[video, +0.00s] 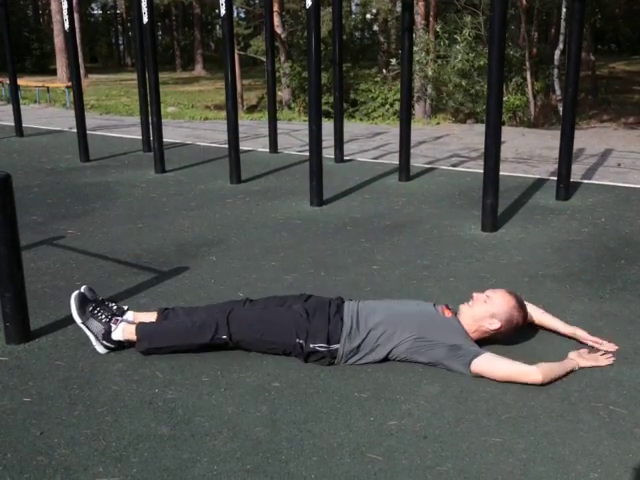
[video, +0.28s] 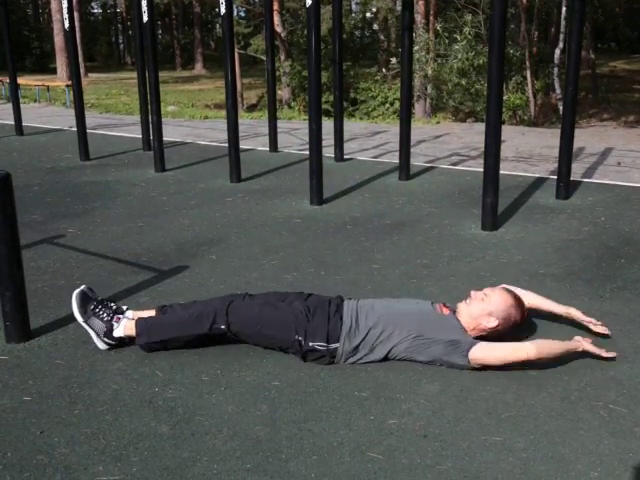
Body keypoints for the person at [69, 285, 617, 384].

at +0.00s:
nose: (486, 294)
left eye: (495, 301)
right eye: (493, 295)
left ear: (492, 325)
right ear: (480, 305)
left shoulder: (454, 341)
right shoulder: (449, 315)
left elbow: (521, 373)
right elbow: (522, 304)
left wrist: (571, 360)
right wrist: (576, 335)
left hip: (321, 331)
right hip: (322, 309)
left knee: (223, 322)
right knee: (223, 310)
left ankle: (120, 335)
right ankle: (124, 319)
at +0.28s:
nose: (485, 294)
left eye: (495, 300)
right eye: (494, 295)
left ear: (491, 325)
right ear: (482, 304)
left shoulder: (450, 340)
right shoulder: (447, 314)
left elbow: (513, 351)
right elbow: (516, 295)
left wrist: (572, 343)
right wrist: (573, 315)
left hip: (320, 329)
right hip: (321, 308)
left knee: (224, 313)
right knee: (226, 303)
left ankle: (119, 329)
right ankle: (125, 319)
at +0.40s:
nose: (476, 293)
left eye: (484, 296)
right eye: (480, 288)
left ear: (485, 312)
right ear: (470, 296)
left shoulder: (455, 336)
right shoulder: (448, 309)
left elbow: (499, 296)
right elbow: (476, 260)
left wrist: (554, 277)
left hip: (325, 330)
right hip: (327, 309)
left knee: (229, 297)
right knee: (232, 288)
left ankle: (124, 312)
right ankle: (133, 309)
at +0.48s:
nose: (468, 268)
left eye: (477, 272)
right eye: (473, 266)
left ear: (483, 293)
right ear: (470, 281)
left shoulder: (452, 323)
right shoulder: (445, 296)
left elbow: (473, 263)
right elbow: (450, 235)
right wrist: (495, 192)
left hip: (327, 329)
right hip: (328, 308)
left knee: (233, 279)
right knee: (237, 274)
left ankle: (124, 289)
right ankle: (136, 284)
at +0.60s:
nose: (435, 252)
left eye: (445, 252)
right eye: (442, 248)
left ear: (458, 274)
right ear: (456, 271)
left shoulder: (434, 308)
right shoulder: (436, 293)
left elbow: (405, 247)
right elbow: (409, 242)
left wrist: (410, 173)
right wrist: (413, 168)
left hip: (322, 334)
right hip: (327, 309)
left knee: (252, 254)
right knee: (257, 249)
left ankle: (138, 243)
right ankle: (150, 241)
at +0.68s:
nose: (408, 238)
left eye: (418, 236)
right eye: (415, 232)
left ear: (438, 254)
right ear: (435, 251)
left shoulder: (418, 286)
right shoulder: (424, 276)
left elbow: (372, 229)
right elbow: (384, 203)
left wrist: (354, 160)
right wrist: (371, 144)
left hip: (320, 333)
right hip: (327, 316)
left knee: (269, 240)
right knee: (273, 236)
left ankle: (160, 206)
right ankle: (170, 205)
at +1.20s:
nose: (421, 238)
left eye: (429, 237)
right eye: (425, 234)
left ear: (444, 256)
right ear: (433, 251)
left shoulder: (433, 294)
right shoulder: (425, 282)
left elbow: (410, 241)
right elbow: (398, 213)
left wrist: (411, 165)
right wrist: (393, 148)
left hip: (332, 333)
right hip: (340, 314)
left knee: (264, 253)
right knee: (271, 245)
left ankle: (155, 189)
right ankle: (177, 172)